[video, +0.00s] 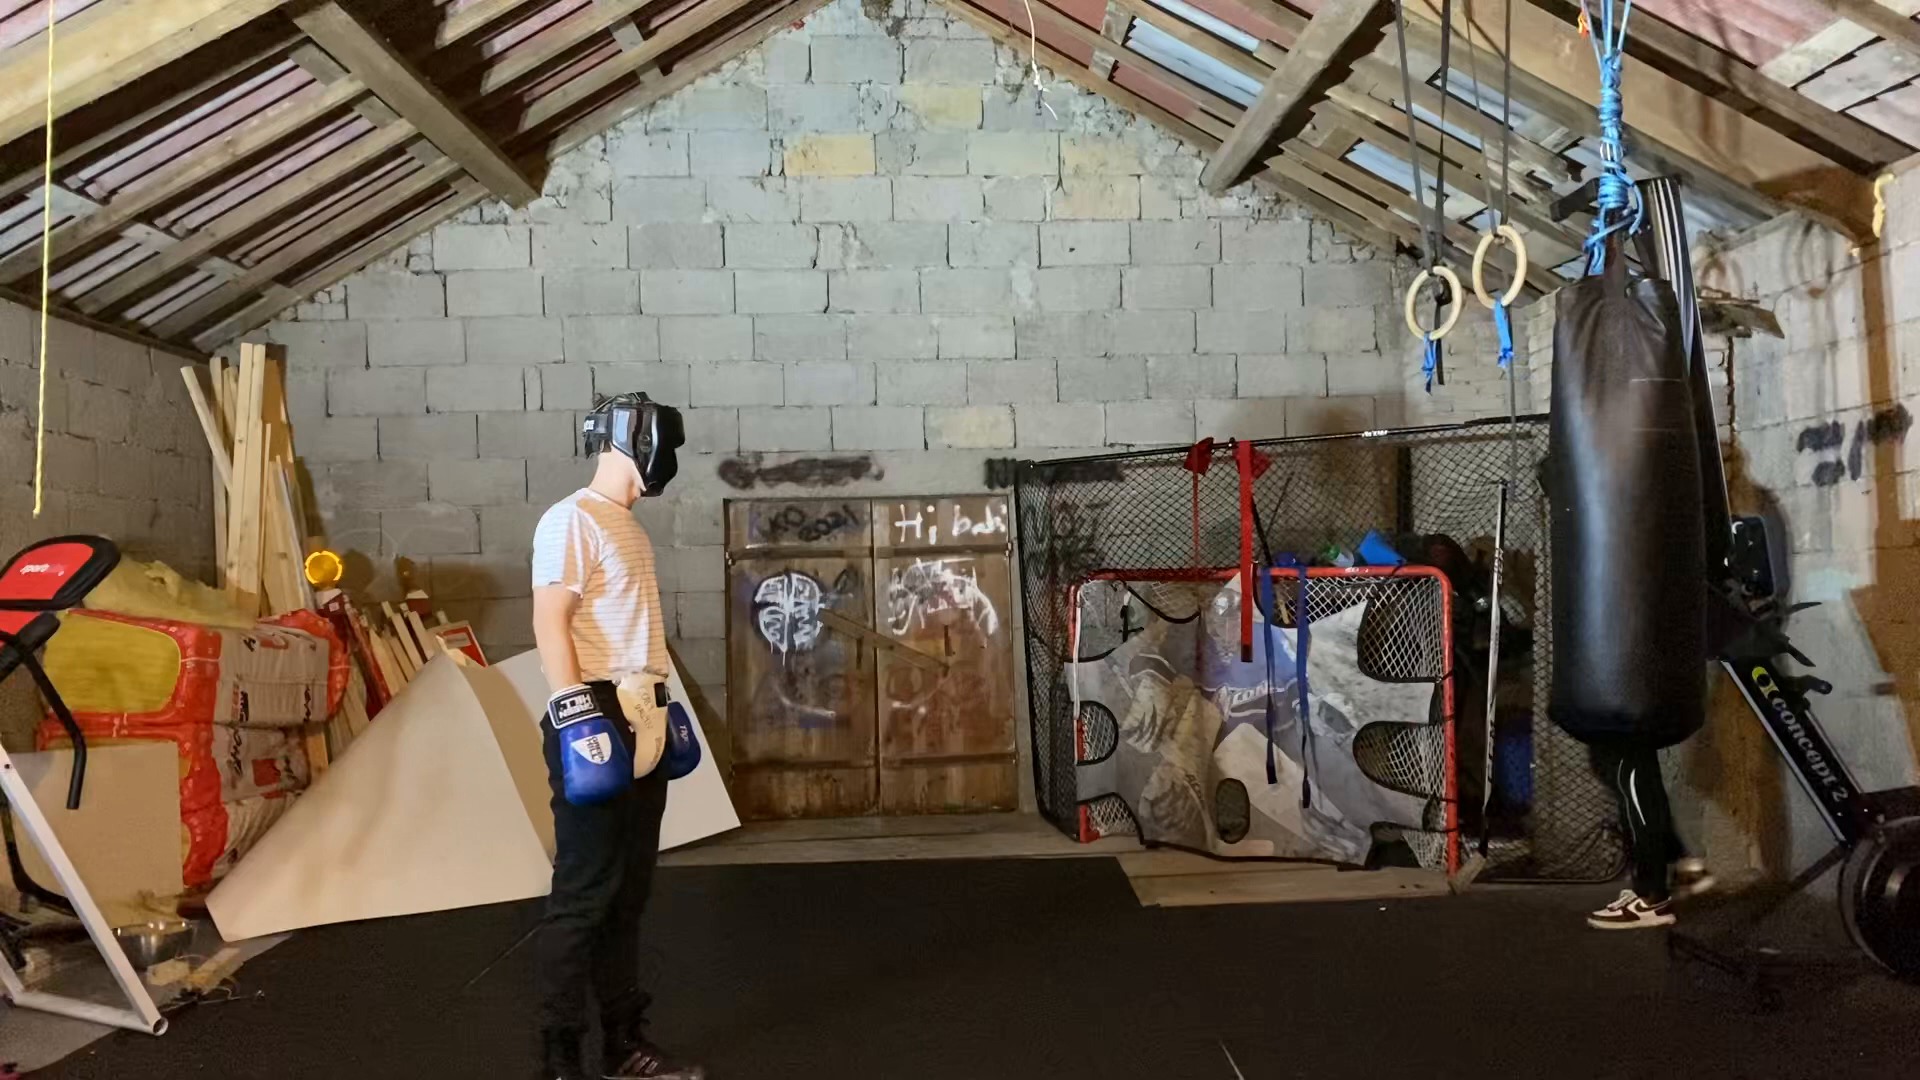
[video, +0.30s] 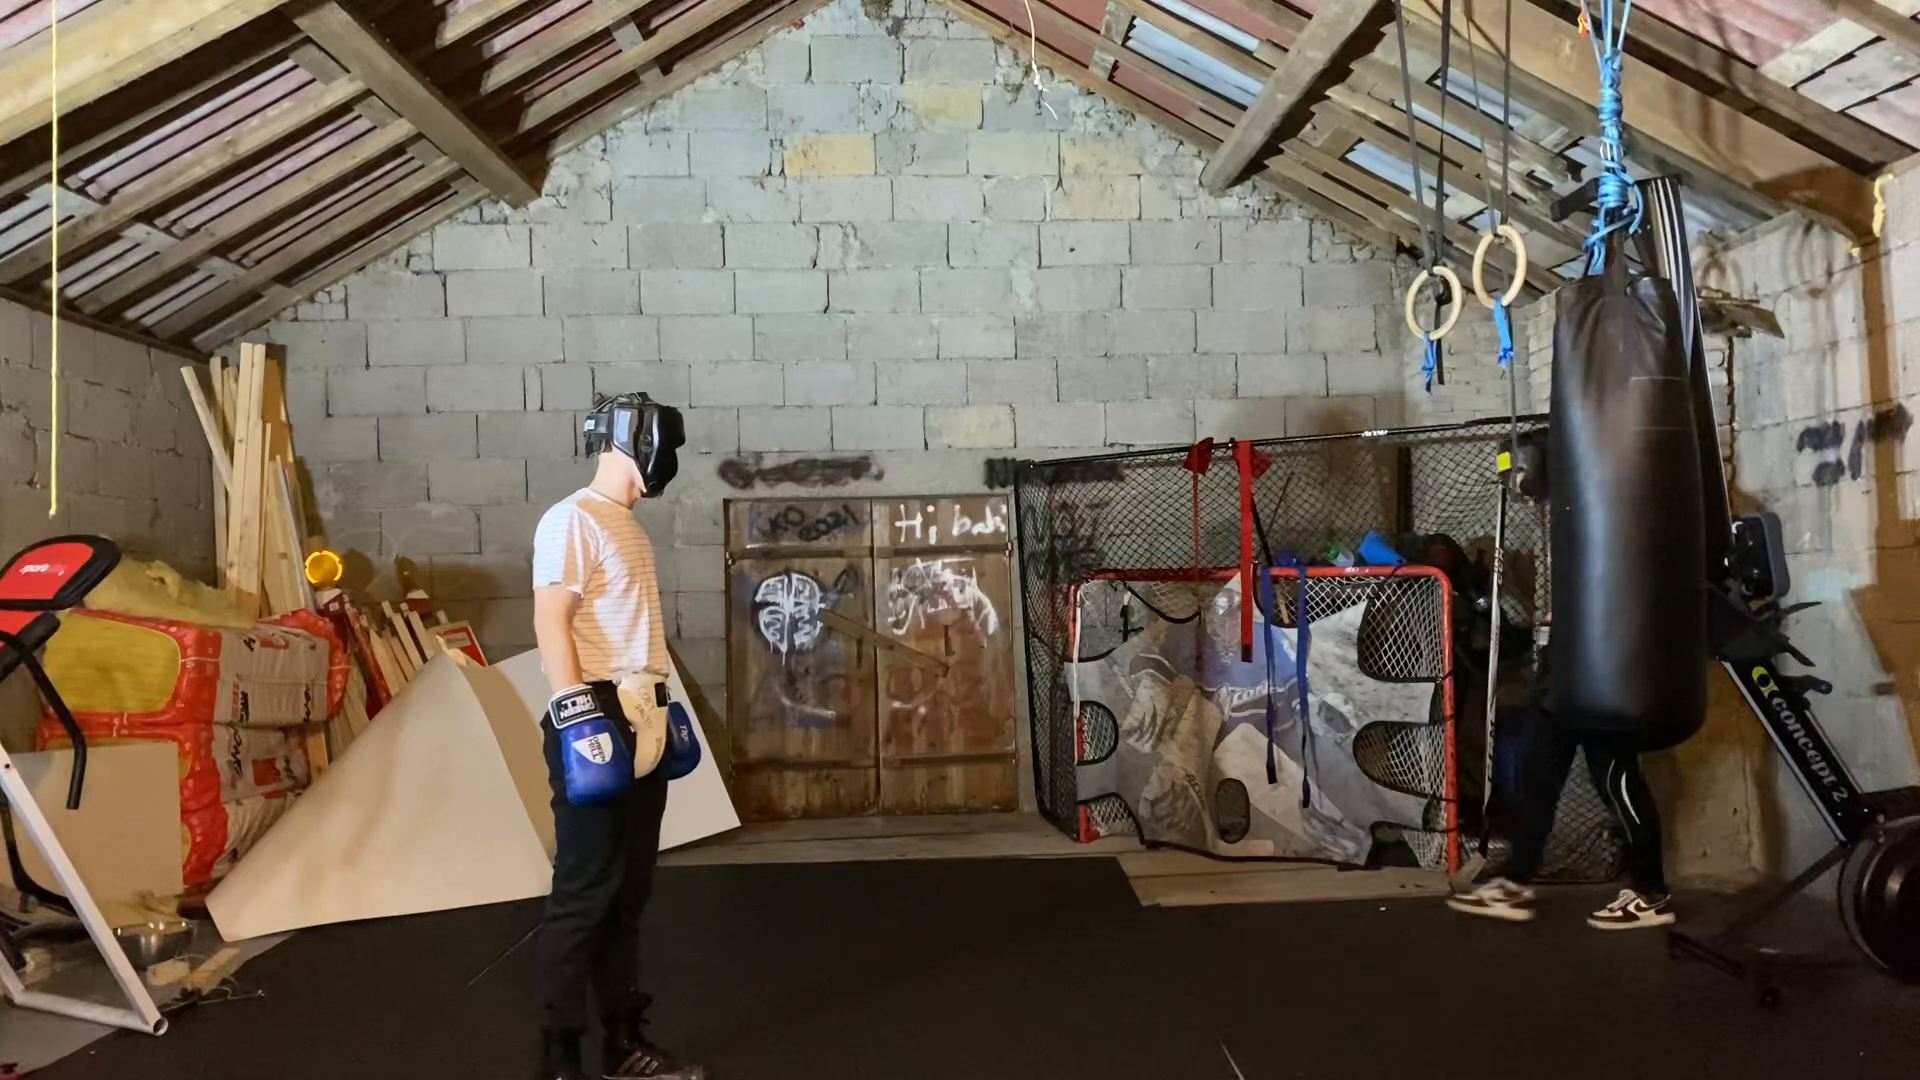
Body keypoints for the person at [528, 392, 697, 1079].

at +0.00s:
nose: (664, 467)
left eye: (666, 453)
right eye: (657, 451)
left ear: (631, 448)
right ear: (624, 444)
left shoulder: (631, 531)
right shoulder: (567, 520)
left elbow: (641, 627)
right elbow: (550, 621)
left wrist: (667, 704)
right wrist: (578, 715)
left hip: (643, 716)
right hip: (592, 718)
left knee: (627, 892)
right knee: (582, 894)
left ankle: (621, 1048)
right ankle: (561, 1060)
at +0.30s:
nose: (664, 468)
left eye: (666, 454)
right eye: (658, 452)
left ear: (634, 450)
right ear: (624, 445)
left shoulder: (633, 531)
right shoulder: (567, 520)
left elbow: (643, 628)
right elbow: (551, 622)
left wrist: (668, 704)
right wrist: (579, 715)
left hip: (643, 716)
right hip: (592, 718)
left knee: (628, 889)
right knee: (583, 891)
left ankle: (622, 1046)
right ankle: (560, 1059)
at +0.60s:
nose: (664, 470)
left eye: (666, 457)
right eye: (658, 455)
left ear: (631, 453)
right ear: (625, 447)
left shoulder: (632, 531)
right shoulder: (568, 521)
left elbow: (642, 627)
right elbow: (551, 623)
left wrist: (667, 704)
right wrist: (580, 717)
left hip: (643, 715)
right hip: (592, 719)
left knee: (628, 890)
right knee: (583, 893)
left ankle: (622, 1046)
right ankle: (561, 1059)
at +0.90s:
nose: (665, 467)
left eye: (666, 453)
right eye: (658, 451)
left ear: (630, 448)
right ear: (625, 445)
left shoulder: (631, 531)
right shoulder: (568, 521)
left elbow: (642, 627)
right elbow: (550, 623)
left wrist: (667, 704)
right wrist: (580, 718)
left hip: (643, 715)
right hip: (593, 719)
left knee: (627, 891)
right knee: (582, 893)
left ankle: (623, 1046)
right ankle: (560, 1059)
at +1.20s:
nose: (661, 468)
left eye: (664, 454)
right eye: (653, 452)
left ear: (636, 452)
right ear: (619, 445)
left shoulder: (632, 532)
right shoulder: (567, 521)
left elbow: (644, 627)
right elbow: (551, 624)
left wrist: (667, 703)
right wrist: (583, 718)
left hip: (643, 716)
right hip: (592, 719)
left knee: (628, 892)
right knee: (583, 894)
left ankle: (623, 1046)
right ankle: (561, 1059)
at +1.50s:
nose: (666, 468)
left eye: (668, 454)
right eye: (659, 452)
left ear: (634, 452)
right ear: (625, 446)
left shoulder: (628, 529)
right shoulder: (574, 520)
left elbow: (638, 625)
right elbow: (556, 623)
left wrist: (663, 705)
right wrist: (585, 718)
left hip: (639, 715)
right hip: (592, 718)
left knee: (628, 891)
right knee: (582, 893)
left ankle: (624, 1047)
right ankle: (562, 1060)